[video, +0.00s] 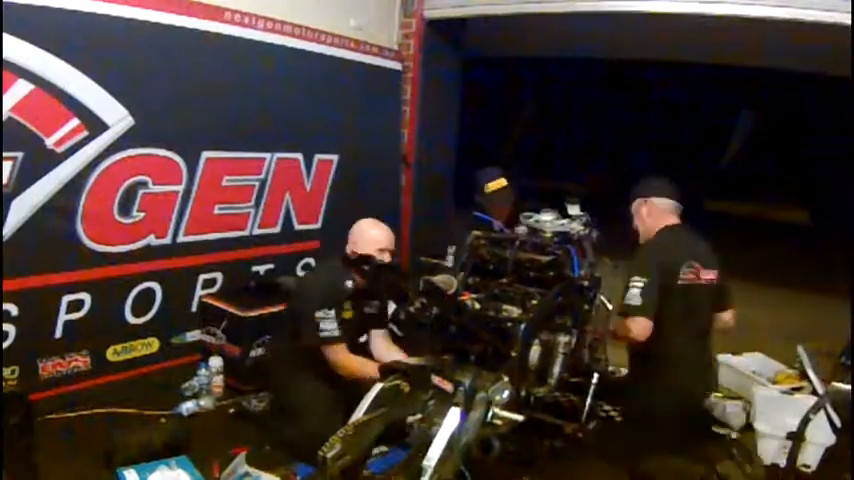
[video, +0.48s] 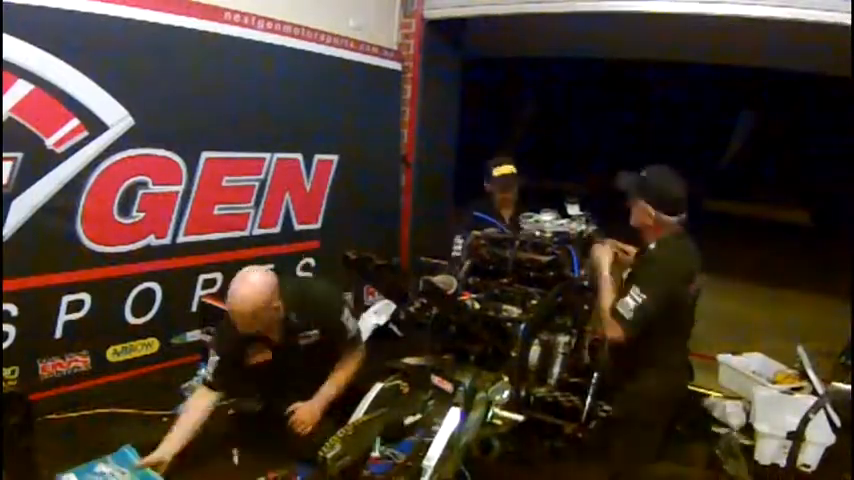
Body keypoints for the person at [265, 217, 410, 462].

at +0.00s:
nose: (387, 260)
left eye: (390, 253)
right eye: (379, 252)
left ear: (393, 252)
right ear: (353, 252)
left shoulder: (373, 287)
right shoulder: (321, 286)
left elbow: (380, 343)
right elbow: (340, 361)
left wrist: (417, 372)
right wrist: (395, 376)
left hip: (340, 368)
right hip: (301, 372)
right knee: (325, 441)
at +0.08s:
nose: (380, 284)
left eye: (385, 275)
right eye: (374, 275)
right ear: (353, 265)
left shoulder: (372, 294)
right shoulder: (311, 291)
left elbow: (384, 347)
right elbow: (300, 367)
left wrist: (422, 377)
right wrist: (372, 370)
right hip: (300, 388)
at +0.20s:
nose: (326, 286)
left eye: (333, 279)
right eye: (319, 278)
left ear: (345, 267)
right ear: (305, 262)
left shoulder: (349, 284)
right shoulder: (283, 297)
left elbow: (358, 324)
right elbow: (268, 370)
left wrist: (363, 362)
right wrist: (296, 430)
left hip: (335, 375)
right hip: (297, 377)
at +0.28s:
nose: (308, 327)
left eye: (315, 321)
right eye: (301, 322)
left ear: (333, 306)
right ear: (290, 304)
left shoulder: (352, 300)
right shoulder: (266, 319)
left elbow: (368, 343)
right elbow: (235, 376)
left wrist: (348, 384)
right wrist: (241, 427)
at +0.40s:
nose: (289, 323)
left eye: (293, 314)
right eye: (280, 316)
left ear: (309, 296)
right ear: (266, 300)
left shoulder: (336, 296)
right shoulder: (251, 313)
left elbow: (353, 361)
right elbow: (235, 373)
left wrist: (316, 414)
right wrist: (246, 429)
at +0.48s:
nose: (244, 328)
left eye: (252, 321)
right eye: (239, 321)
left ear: (275, 306)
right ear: (232, 309)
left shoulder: (321, 303)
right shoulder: (232, 329)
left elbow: (355, 352)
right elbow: (207, 393)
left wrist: (317, 404)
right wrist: (165, 452)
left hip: (320, 385)